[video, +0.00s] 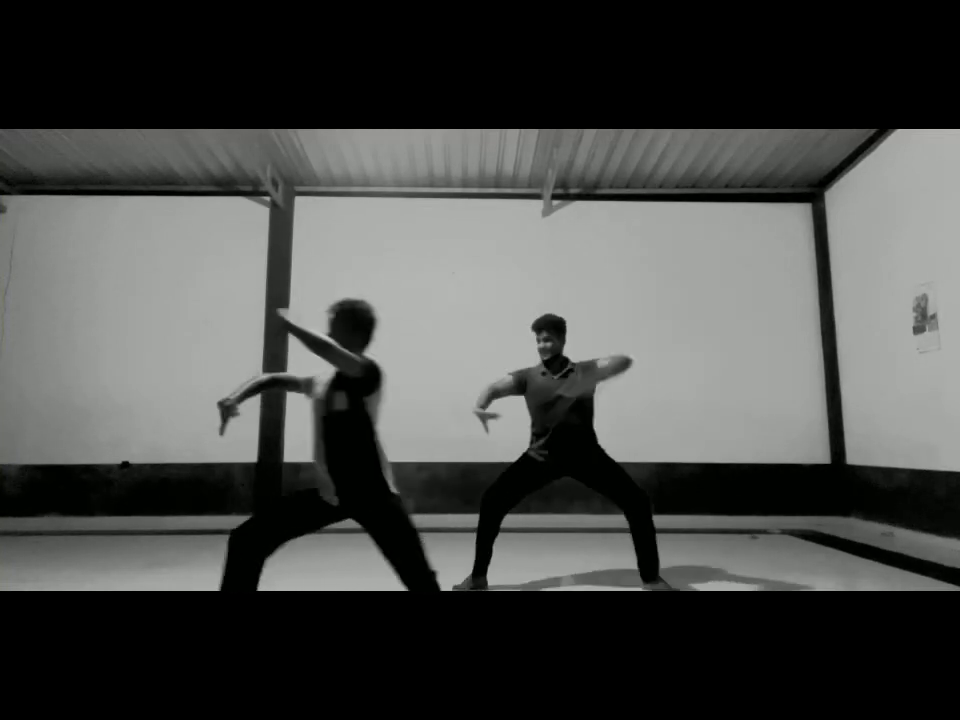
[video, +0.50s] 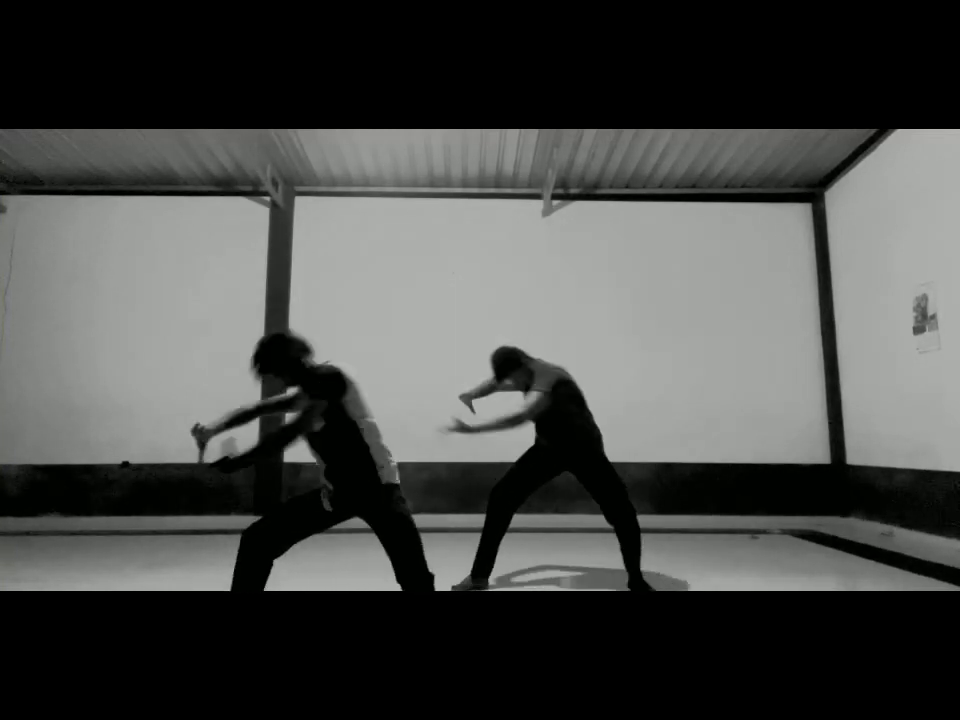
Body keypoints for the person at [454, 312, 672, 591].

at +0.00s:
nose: (543, 345)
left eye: (548, 339)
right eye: (539, 340)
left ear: (562, 341)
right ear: (536, 343)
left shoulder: (584, 371)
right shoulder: (527, 378)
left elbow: (625, 361)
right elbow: (493, 388)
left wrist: (594, 376)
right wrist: (479, 406)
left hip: (584, 456)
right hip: (540, 459)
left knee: (637, 501)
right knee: (492, 502)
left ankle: (651, 579)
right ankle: (478, 577)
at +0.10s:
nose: (538, 344)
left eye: (545, 339)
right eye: (535, 338)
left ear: (559, 343)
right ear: (531, 341)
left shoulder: (574, 371)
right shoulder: (521, 375)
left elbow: (591, 360)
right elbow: (479, 380)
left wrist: (558, 355)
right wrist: (489, 403)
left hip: (582, 457)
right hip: (539, 459)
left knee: (634, 512)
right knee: (490, 503)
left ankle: (654, 582)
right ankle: (478, 577)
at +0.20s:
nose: (524, 340)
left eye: (530, 335)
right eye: (522, 335)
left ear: (543, 341)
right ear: (518, 339)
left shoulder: (558, 366)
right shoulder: (512, 373)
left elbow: (533, 374)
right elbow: (471, 372)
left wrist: (505, 354)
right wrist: (482, 389)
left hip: (577, 451)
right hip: (538, 454)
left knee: (628, 506)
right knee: (490, 500)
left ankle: (651, 572)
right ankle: (478, 576)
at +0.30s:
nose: (505, 346)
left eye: (510, 339)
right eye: (503, 340)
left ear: (525, 343)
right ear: (503, 346)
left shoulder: (538, 366)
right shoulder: (508, 375)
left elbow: (506, 378)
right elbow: (493, 384)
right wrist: (480, 388)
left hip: (577, 450)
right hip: (539, 453)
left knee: (627, 501)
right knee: (494, 496)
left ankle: (644, 571)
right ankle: (478, 575)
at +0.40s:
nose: (496, 374)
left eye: (496, 368)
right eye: (493, 370)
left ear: (508, 360)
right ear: (504, 364)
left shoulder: (537, 373)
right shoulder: (515, 378)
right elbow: (486, 385)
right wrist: (475, 387)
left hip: (579, 451)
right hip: (544, 452)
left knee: (623, 511)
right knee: (499, 498)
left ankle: (635, 581)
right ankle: (477, 578)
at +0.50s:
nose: (512, 385)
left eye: (513, 378)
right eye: (508, 381)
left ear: (523, 367)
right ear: (507, 377)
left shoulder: (549, 377)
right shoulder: (526, 375)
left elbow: (524, 415)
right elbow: (496, 384)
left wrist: (473, 429)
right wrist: (471, 395)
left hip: (583, 453)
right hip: (548, 451)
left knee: (622, 512)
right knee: (502, 497)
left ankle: (635, 578)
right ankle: (479, 577)